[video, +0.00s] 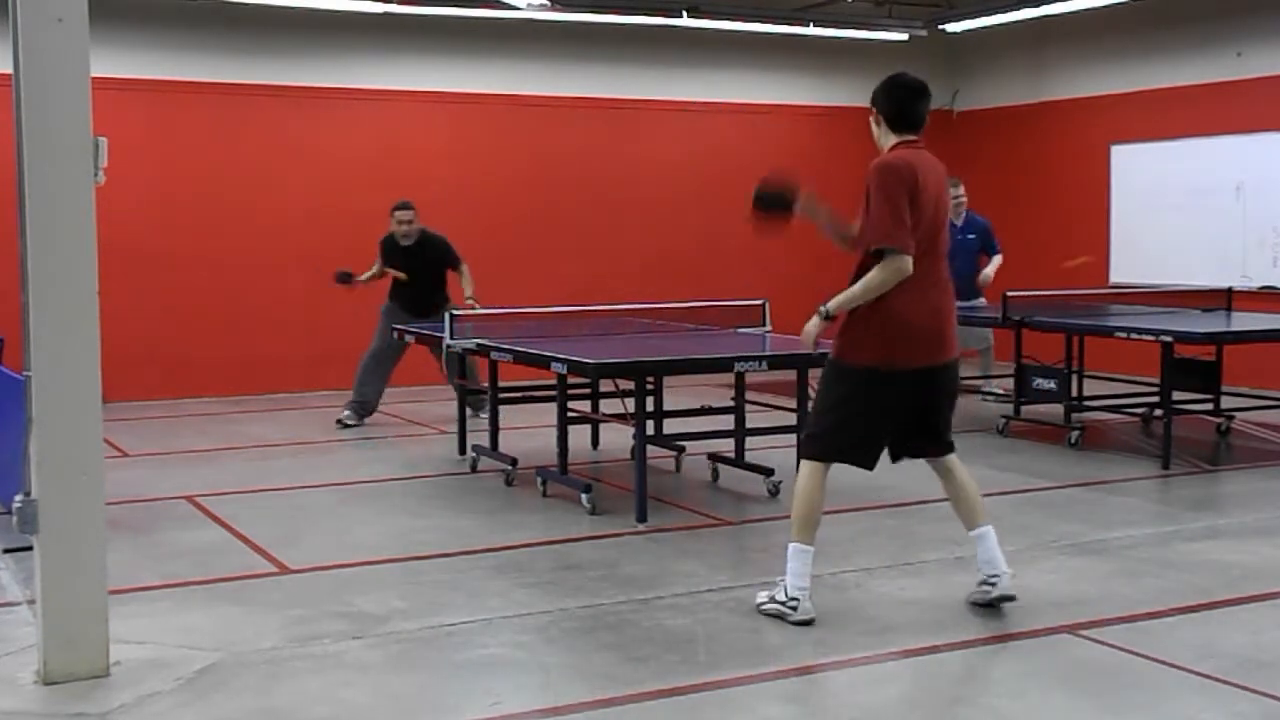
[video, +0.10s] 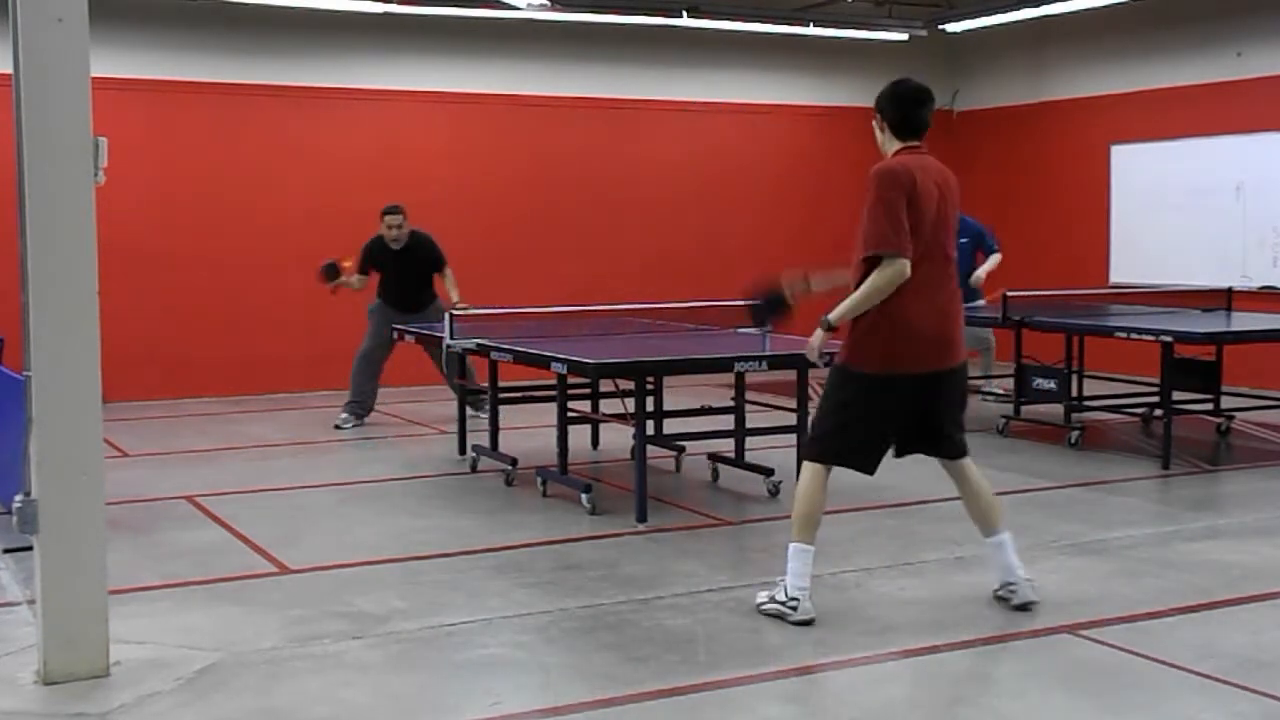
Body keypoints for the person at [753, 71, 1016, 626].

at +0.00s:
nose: (867, 123)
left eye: (868, 115)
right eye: (873, 115)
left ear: (875, 118)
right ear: (923, 119)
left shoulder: (889, 169)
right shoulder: (935, 170)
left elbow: (898, 262)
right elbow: (875, 243)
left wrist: (830, 309)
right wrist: (815, 212)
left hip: (874, 349)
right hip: (935, 346)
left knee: (815, 456)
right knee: (942, 451)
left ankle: (794, 590)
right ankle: (995, 572)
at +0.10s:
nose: (873, 129)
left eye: (872, 121)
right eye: (875, 121)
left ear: (880, 123)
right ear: (926, 124)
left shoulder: (892, 175)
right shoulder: (944, 177)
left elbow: (896, 267)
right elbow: (915, 260)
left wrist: (831, 321)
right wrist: (813, 279)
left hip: (879, 354)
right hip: (943, 352)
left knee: (816, 459)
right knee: (957, 456)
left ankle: (794, 591)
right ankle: (1015, 578)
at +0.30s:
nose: (894, 134)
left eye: (895, 127)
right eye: (898, 126)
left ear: (903, 129)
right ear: (948, 129)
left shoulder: (898, 180)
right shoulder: (978, 184)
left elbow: (885, 265)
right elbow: (984, 271)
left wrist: (829, 326)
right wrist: (890, 267)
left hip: (903, 354)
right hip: (971, 353)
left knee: (840, 458)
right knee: (979, 461)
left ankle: (819, 591)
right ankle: (1023, 576)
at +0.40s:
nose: (907, 143)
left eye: (909, 136)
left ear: (915, 141)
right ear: (962, 143)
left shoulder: (895, 192)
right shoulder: (990, 199)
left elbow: (871, 274)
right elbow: (1013, 299)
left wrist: (832, 334)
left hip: (900, 361)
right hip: (972, 361)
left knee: (846, 471)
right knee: (996, 459)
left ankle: (830, 601)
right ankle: (1032, 581)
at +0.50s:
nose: (928, 156)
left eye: (929, 149)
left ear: (934, 155)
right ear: (982, 157)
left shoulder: (905, 209)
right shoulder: (1005, 214)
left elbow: (875, 298)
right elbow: (1038, 304)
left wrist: (856, 347)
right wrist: (1035, 346)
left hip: (910, 369)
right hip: (987, 370)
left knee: (845, 471)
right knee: (1017, 461)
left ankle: (828, 598)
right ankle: (1052, 578)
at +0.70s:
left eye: (966, 150)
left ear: (969, 155)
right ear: (1021, 156)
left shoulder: (932, 204)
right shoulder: (1034, 212)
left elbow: (889, 286)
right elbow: (1076, 296)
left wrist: (895, 334)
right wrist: (1125, 339)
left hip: (931, 366)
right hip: (1005, 368)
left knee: (868, 472)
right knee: (1031, 463)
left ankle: (829, 597)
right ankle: (1053, 581)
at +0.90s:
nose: (983, 128)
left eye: (983, 119)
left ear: (989, 119)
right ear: (1037, 118)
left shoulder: (999, 161)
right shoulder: (1052, 168)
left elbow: (999, 249)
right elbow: (983, 211)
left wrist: (944, 305)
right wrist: (904, 214)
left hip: (983, 335)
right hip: (1040, 338)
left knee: (898, 428)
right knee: (1031, 448)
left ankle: (863, 564)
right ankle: (1059, 577)